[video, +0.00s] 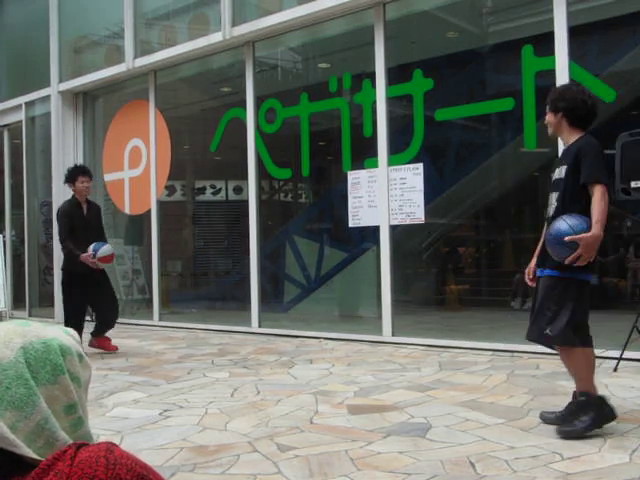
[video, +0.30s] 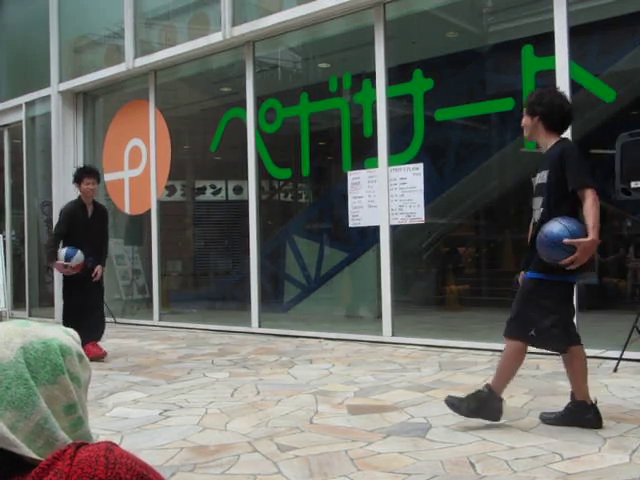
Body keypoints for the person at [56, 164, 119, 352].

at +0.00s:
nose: (87, 186)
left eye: (89, 182)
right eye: (82, 182)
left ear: (91, 185)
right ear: (72, 186)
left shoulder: (95, 208)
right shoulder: (65, 210)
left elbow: (100, 236)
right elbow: (64, 240)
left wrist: (105, 252)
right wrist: (80, 256)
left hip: (94, 266)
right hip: (74, 267)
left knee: (110, 306)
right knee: (75, 311)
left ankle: (98, 336)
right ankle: (73, 349)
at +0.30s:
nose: (90, 188)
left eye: (93, 184)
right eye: (86, 184)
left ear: (97, 187)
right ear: (78, 186)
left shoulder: (101, 211)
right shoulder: (70, 210)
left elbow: (104, 240)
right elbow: (56, 236)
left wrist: (101, 263)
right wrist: (53, 260)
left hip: (93, 266)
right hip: (73, 267)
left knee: (94, 304)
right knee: (74, 305)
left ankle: (91, 341)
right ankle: (75, 343)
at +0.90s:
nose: (107, 186)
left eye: (109, 183)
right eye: (102, 182)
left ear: (113, 185)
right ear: (93, 185)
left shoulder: (118, 210)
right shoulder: (83, 211)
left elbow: (125, 238)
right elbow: (69, 238)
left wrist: (125, 262)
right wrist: (62, 262)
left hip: (110, 266)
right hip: (88, 267)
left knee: (107, 305)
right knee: (89, 306)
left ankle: (91, 342)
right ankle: (103, 345)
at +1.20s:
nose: (127, 186)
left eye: (128, 182)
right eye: (122, 182)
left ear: (130, 184)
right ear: (109, 186)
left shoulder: (130, 208)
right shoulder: (101, 210)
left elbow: (133, 238)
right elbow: (91, 241)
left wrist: (131, 264)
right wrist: (89, 268)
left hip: (125, 263)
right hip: (106, 265)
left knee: (122, 306)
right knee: (113, 307)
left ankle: (96, 339)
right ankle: (123, 349)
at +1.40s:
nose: (141, 187)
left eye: (142, 183)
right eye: (137, 183)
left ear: (142, 184)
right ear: (124, 184)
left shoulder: (138, 207)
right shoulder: (113, 208)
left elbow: (143, 238)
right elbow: (109, 241)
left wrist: (144, 266)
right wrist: (117, 268)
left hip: (133, 266)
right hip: (114, 266)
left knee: (143, 300)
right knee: (119, 305)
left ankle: (124, 337)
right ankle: (122, 349)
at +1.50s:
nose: (148, 185)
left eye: (149, 181)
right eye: (144, 181)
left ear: (150, 183)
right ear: (131, 184)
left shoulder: (143, 208)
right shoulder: (119, 208)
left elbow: (146, 239)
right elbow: (119, 241)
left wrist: (150, 265)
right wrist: (129, 267)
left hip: (138, 264)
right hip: (118, 266)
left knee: (144, 303)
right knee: (122, 307)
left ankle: (146, 341)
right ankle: (124, 350)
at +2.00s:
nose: (165, 185)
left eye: (167, 182)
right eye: (161, 181)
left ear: (168, 184)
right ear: (148, 182)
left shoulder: (163, 208)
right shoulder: (137, 206)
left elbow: (164, 238)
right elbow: (132, 238)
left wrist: (175, 253)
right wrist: (148, 253)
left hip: (156, 260)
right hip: (137, 261)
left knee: (160, 300)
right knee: (143, 301)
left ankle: (160, 340)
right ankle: (143, 343)